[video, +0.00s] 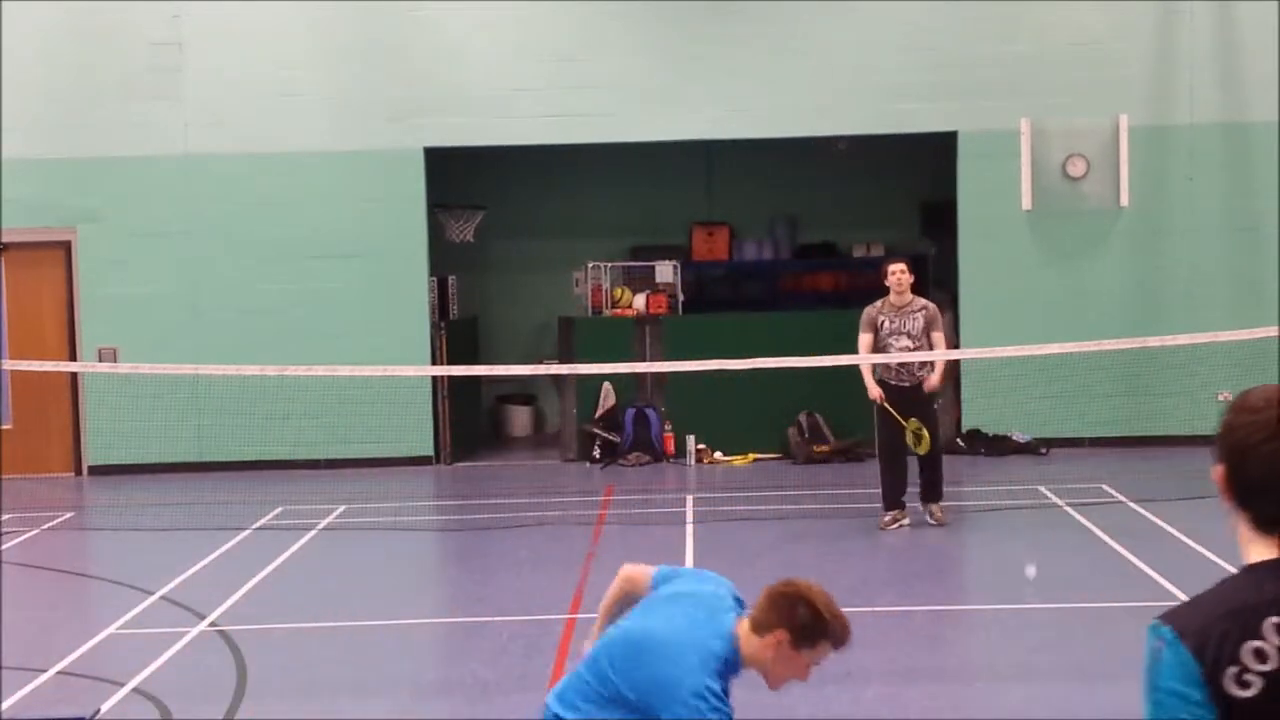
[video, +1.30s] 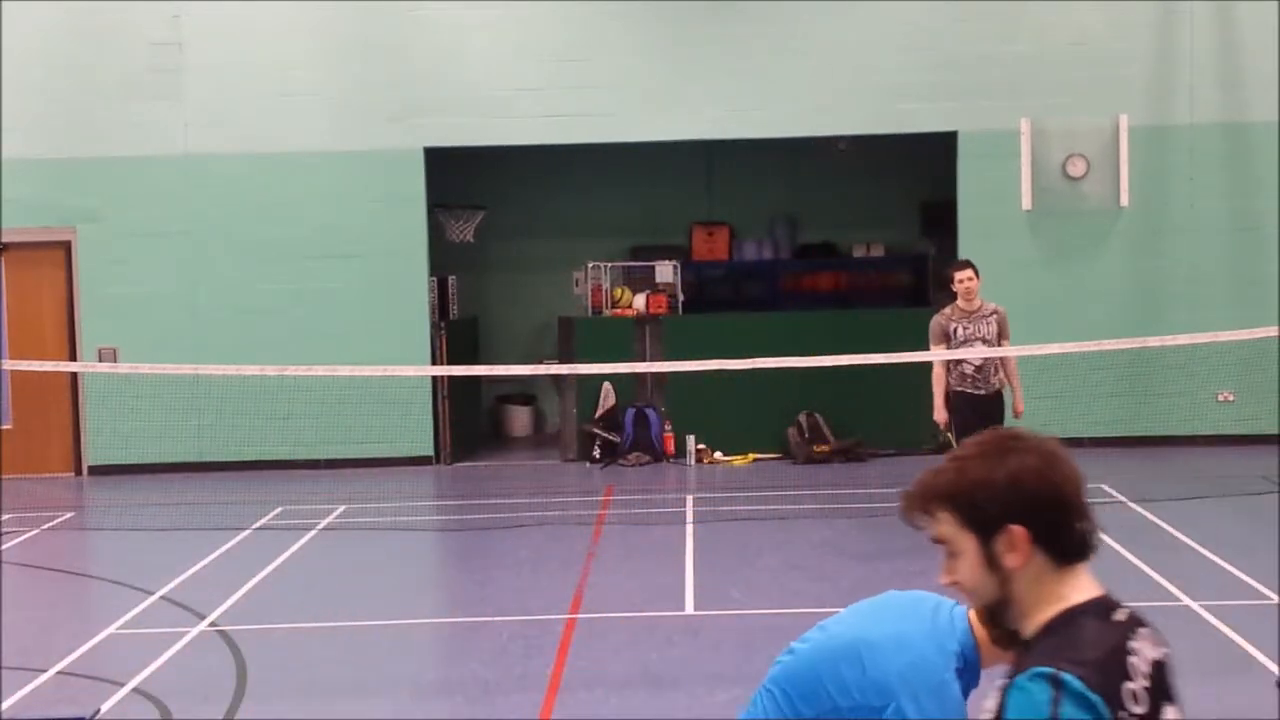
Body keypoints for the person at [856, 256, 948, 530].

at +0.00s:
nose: (898, 277)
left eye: (902, 273)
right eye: (893, 274)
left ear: (911, 278)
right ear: (886, 280)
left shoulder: (928, 309)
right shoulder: (873, 313)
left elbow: (939, 347)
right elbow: (864, 352)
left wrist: (937, 374)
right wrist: (870, 383)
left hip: (921, 387)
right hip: (888, 389)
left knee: (930, 447)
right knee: (889, 449)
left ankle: (932, 502)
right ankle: (894, 508)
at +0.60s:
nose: (940, 279)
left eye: (944, 274)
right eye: (935, 275)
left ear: (951, 279)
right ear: (925, 280)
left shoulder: (964, 311)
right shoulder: (909, 311)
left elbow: (969, 345)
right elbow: (899, 353)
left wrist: (952, 338)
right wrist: (897, 389)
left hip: (950, 390)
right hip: (916, 389)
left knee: (951, 451)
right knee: (908, 449)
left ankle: (948, 515)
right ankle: (898, 506)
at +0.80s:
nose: (950, 280)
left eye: (954, 274)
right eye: (944, 275)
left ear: (963, 278)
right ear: (937, 280)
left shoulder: (979, 312)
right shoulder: (923, 312)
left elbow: (985, 347)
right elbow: (912, 354)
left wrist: (958, 340)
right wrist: (907, 390)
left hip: (964, 390)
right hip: (931, 389)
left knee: (959, 454)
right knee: (935, 452)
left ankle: (950, 516)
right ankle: (923, 512)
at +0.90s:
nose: (953, 281)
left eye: (957, 275)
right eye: (947, 277)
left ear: (967, 278)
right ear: (941, 281)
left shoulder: (983, 312)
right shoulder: (928, 313)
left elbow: (991, 350)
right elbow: (917, 355)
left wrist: (973, 360)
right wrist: (913, 393)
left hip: (969, 389)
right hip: (937, 388)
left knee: (964, 453)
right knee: (944, 452)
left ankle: (957, 515)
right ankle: (943, 516)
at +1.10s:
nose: (959, 285)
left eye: (964, 279)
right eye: (954, 281)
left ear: (973, 281)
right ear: (947, 285)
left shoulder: (991, 316)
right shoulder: (935, 319)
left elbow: (999, 358)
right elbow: (927, 362)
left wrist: (997, 393)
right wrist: (926, 401)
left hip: (980, 394)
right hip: (949, 394)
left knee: (971, 456)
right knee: (961, 457)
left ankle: (948, 512)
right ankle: (976, 519)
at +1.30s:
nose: (967, 286)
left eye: (970, 280)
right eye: (961, 282)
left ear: (979, 281)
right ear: (953, 286)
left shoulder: (997, 314)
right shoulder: (942, 321)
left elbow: (1007, 357)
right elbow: (939, 366)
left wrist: (1017, 395)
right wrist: (939, 406)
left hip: (992, 394)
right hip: (961, 396)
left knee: (994, 454)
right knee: (967, 457)